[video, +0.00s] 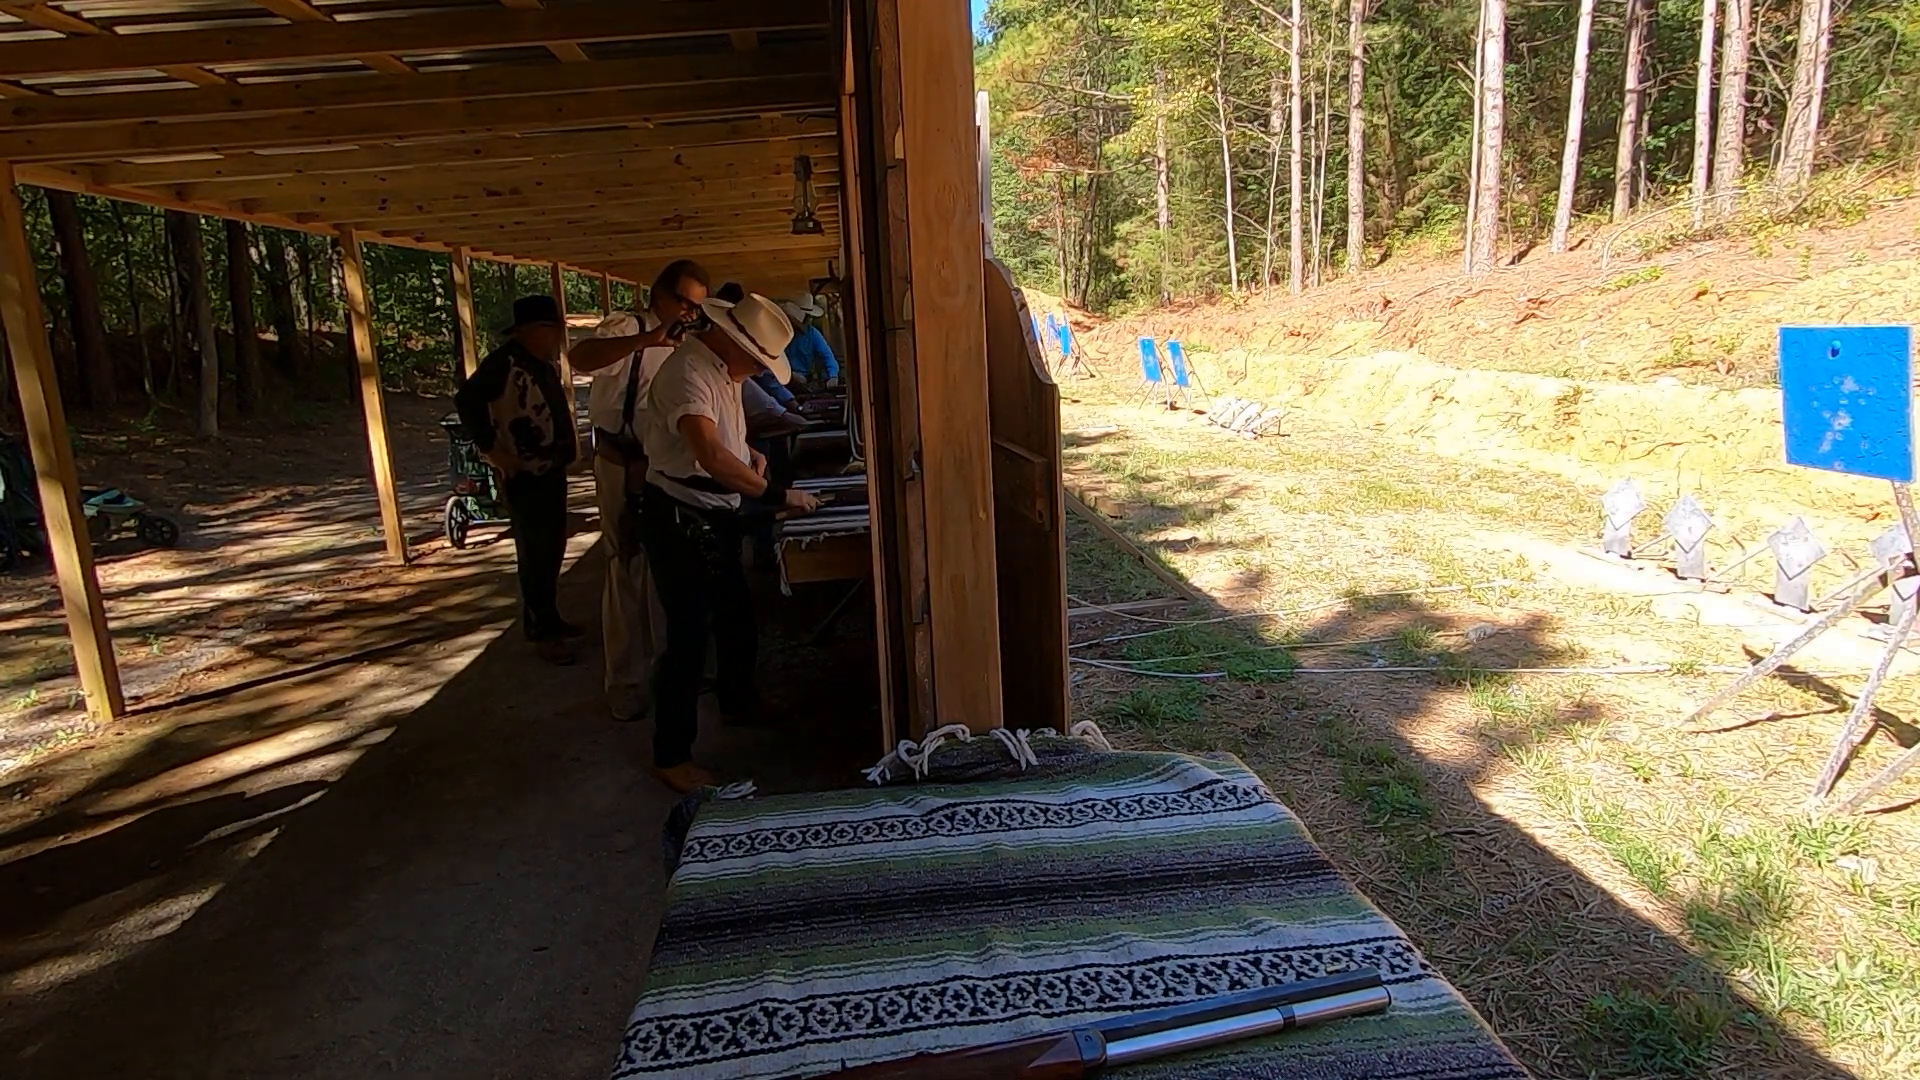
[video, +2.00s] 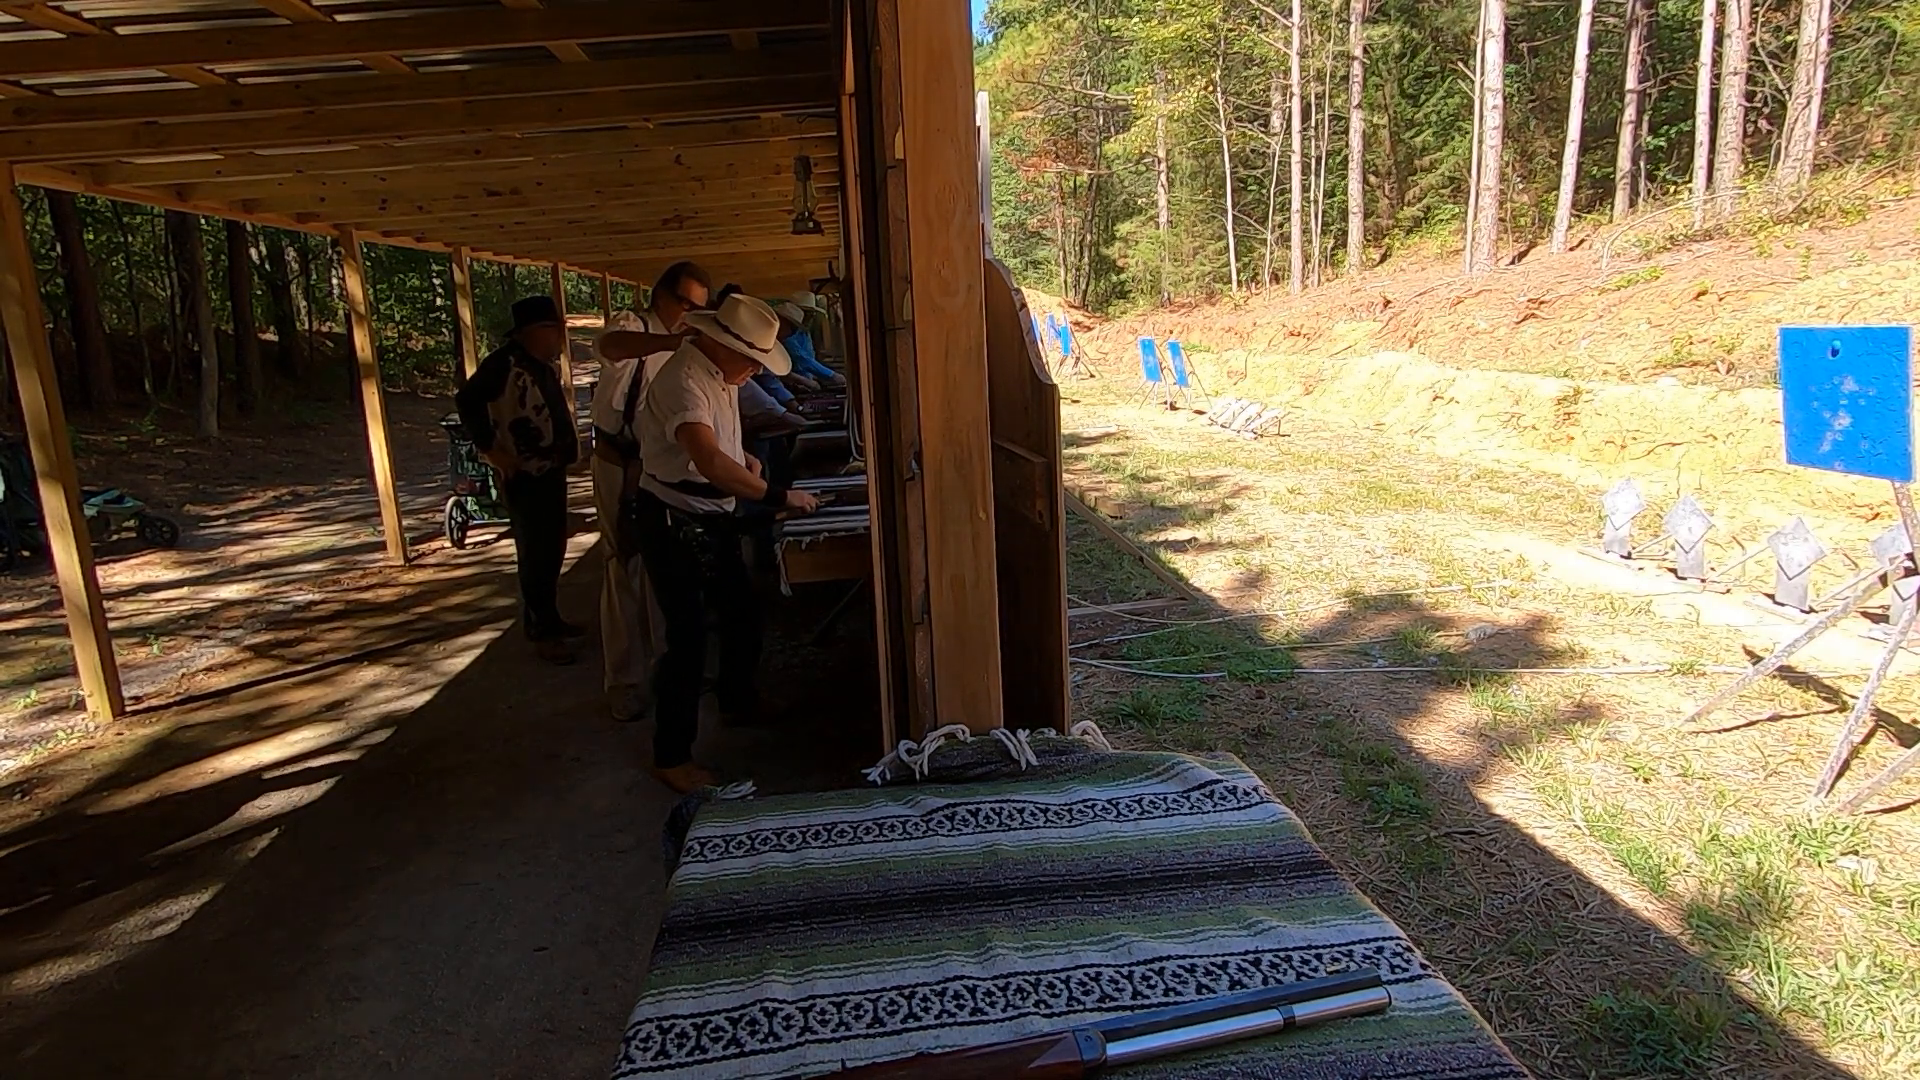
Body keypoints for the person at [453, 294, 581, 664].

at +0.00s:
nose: (559, 338)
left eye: (559, 330)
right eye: (553, 330)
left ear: (547, 332)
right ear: (531, 331)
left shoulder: (545, 364)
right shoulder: (504, 361)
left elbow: (550, 410)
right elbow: (467, 399)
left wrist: (564, 446)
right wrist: (490, 448)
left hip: (551, 472)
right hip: (525, 475)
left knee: (552, 550)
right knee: (536, 553)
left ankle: (549, 621)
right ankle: (541, 631)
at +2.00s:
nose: (561, 338)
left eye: (561, 330)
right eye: (555, 330)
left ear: (545, 332)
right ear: (533, 331)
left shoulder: (544, 366)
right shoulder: (504, 362)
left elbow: (550, 412)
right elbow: (468, 399)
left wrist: (566, 447)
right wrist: (489, 448)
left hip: (551, 473)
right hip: (524, 475)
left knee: (552, 550)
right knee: (536, 552)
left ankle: (549, 621)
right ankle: (541, 630)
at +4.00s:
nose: (565, 338)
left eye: (565, 331)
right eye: (559, 331)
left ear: (545, 333)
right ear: (537, 332)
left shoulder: (545, 365)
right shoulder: (507, 362)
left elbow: (551, 411)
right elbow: (471, 399)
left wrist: (566, 447)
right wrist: (492, 447)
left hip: (551, 472)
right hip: (525, 475)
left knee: (552, 549)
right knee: (536, 552)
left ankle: (549, 620)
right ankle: (541, 632)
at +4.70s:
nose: (553, 336)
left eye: (555, 328)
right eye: (545, 329)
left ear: (560, 327)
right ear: (528, 331)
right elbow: (468, 399)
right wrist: (492, 450)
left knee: (565, 548)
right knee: (532, 551)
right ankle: (536, 625)